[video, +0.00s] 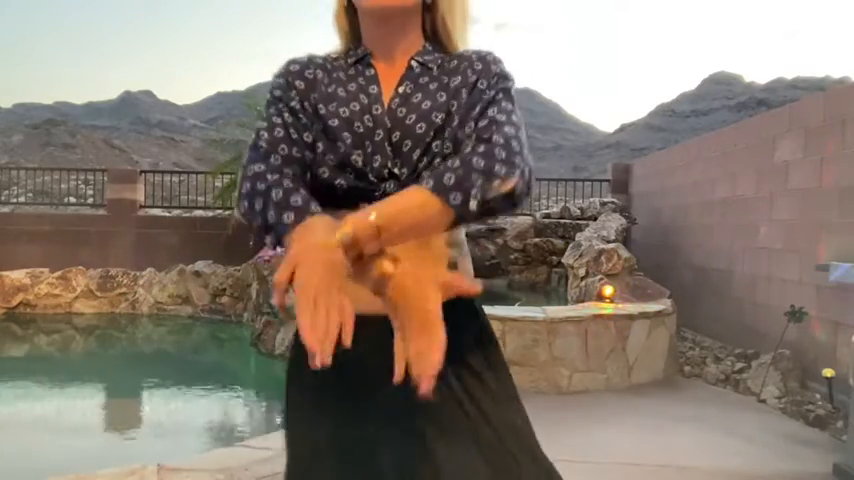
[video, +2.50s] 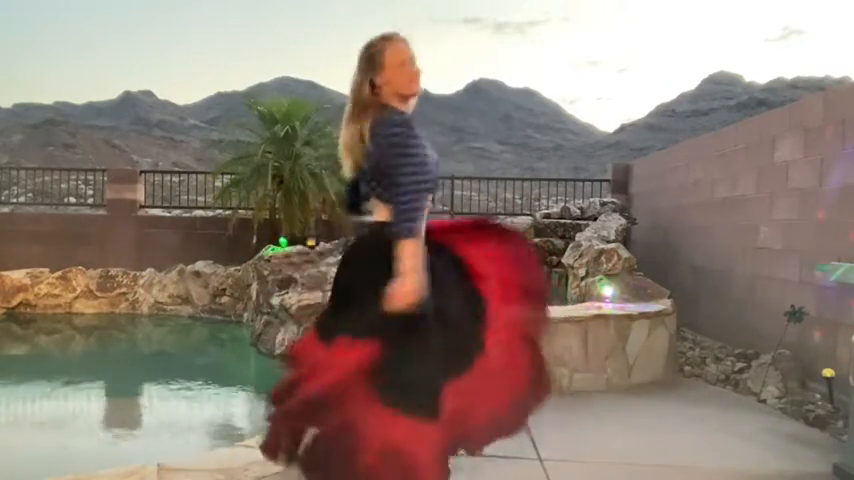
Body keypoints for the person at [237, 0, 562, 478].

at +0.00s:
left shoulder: (476, 73)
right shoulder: (304, 79)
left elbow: (499, 168)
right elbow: (265, 182)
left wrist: (352, 233)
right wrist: (386, 274)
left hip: (447, 330)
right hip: (336, 335)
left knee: (491, 467)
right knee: (334, 469)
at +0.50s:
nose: (406, 8)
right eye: (391, 0)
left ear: (439, 13)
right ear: (370, 16)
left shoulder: (473, 103)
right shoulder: (351, 103)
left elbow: (484, 196)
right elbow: (365, 226)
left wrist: (439, 215)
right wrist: (453, 249)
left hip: (447, 292)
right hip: (370, 293)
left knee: (459, 447)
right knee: (368, 448)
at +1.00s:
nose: (450, 62)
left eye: (446, 54)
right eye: (446, 54)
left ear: (381, 58)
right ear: (439, 61)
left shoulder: (374, 119)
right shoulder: (455, 126)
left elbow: (417, 192)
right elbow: (482, 211)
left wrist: (491, 209)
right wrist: (503, 223)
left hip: (373, 262)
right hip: (428, 266)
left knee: (386, 394)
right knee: (457, 398)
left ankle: (388, 472)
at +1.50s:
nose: (392, 78)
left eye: (403, 73)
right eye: (390, 71)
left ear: (427, 85)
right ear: (387, 75)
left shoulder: (408, 131)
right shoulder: (407, 128)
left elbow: (369, 194)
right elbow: (385, 200)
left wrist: (315, 223)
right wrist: (360, 258)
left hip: (397, 255)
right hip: (402, 250)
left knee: (396, 364)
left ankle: (394, 460)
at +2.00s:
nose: (390, 77)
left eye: (398, 70)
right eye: (381, 71)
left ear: (411, 79)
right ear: (369, 80)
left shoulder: (428, 137)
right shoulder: (352, 134)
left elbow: (451, 201)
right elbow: (324, 191)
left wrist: (471, 263)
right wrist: (292, 241)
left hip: (411, 258)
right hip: (354, 257)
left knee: (415, 365)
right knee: (354, 364)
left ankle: (417, 460)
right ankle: (357, 459)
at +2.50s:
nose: (415, 74)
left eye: (415, 64)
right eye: (404, 67)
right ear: (376, 79)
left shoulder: (376, 124)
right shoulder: (394, 128)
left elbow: (357, 197)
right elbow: (409, 198)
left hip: (380, 248)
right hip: (398, 252)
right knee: (411, 357)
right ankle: (404, 458)